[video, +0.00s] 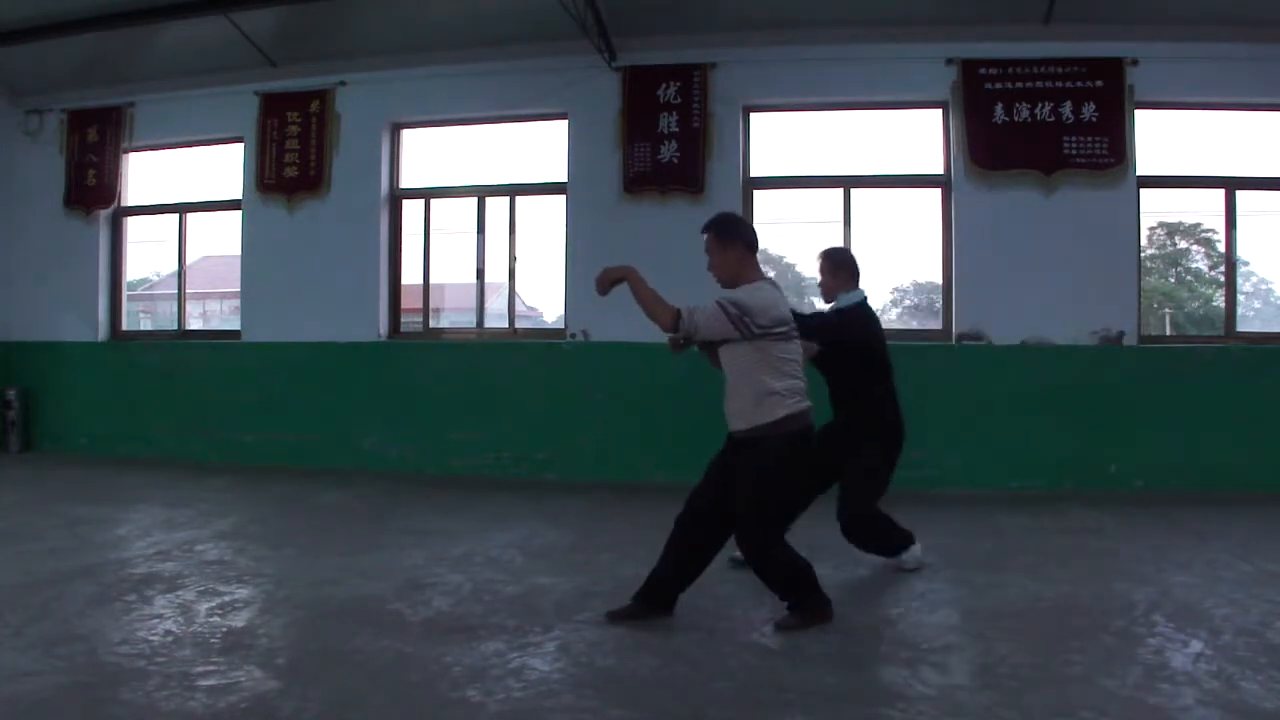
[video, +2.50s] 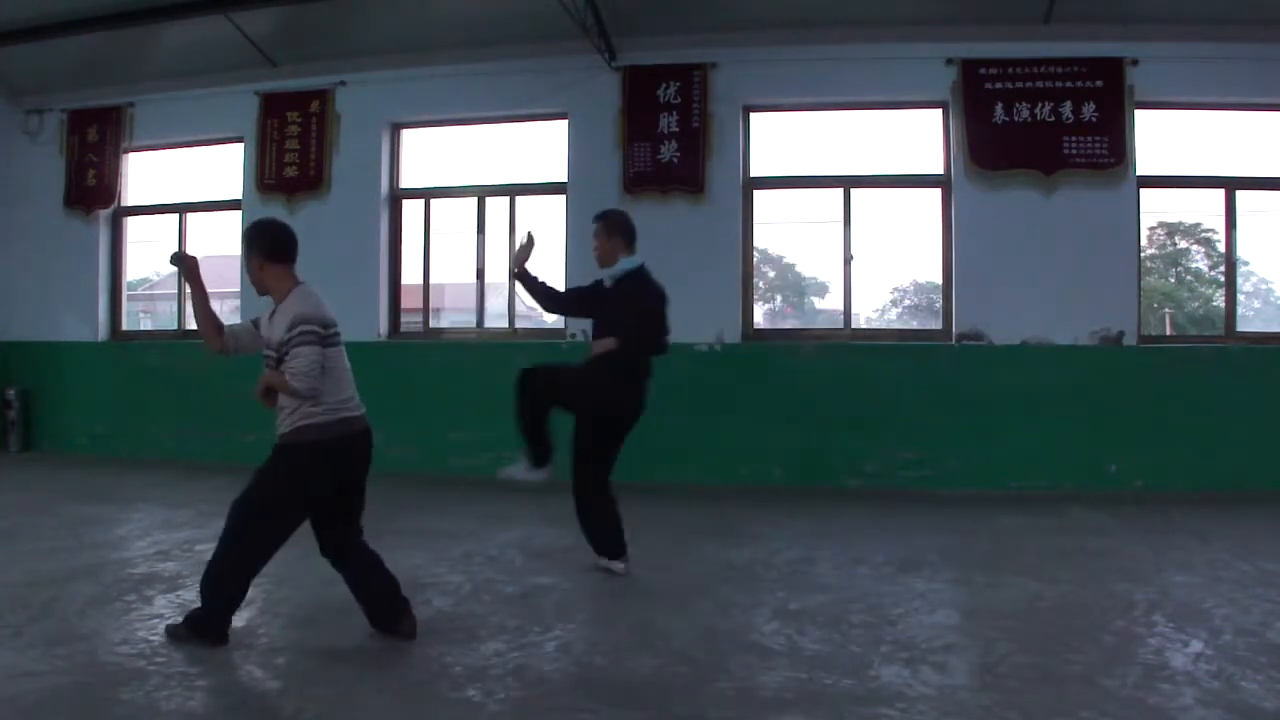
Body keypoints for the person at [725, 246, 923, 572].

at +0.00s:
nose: (819, 283)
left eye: (822, 276)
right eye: (819, 276)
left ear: (838, 276)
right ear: (851, 277)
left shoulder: (849, 320)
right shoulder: (848, 315)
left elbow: (796, 326)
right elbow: (839, 367)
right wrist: (812, 353)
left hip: (874, 432)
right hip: (847, 427)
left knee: (855, 518)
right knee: (788, 484)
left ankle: (905, 547)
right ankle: (759, 546)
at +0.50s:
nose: (815, 278)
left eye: (819, 270)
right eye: (815, 271)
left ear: (839, 270)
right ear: (843, 271)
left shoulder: (848, 315)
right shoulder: (848, 310)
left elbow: (799, 330)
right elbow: (838, 363)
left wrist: (759, 310)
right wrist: (810, 353)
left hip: (871, 429)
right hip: (846, 424)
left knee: (858, 511)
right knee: (794, 487)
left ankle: (906, 549)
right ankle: (760, 549)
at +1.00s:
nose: (817, 268)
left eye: (822, 261)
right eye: (817, 261)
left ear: (842, 262)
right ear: (844, 263)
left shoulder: (850, 308)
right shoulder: (851, 302)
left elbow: (795, 325)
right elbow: (845, 352)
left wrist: (755, 292)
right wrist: (811, 347)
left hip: (869, 420)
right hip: (847, 415)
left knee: (861, 496)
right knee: (800, 481)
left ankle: (907, 548)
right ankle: (765, 546)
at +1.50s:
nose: (817, 260)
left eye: (823, 253)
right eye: (818, 253)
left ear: (844, 256)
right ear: (844, 258)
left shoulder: (847, 301)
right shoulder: (852, 298)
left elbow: (796, 321)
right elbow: (841, 351)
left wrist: (756, 289)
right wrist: (808, 342)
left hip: (856, 414)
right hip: (848, 410)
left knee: (863, 487)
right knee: (792, 473)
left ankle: (909, 548)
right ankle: (764, 545)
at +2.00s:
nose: (686, 263)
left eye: (690, 255)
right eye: (687, 255)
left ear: (706, 258)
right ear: (714, 259)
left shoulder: (713, 301)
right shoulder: (731, 300)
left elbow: (673, 344)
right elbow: (700, 347)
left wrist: (643, 319)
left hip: (724, 415)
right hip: (746, 414)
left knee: (675, 473)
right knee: (749, 495)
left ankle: (685, 548)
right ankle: (817, 519)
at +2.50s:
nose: (593, 246)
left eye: (598, 238)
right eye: (594, 239)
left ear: (617, 241)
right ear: (614, 243)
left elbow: (656, 342)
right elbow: (557, 303)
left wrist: (619, 343)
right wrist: (521, 271)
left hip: (620, 389)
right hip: (601, 387)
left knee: (534, 380)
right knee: (590, 474)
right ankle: (613, 555)